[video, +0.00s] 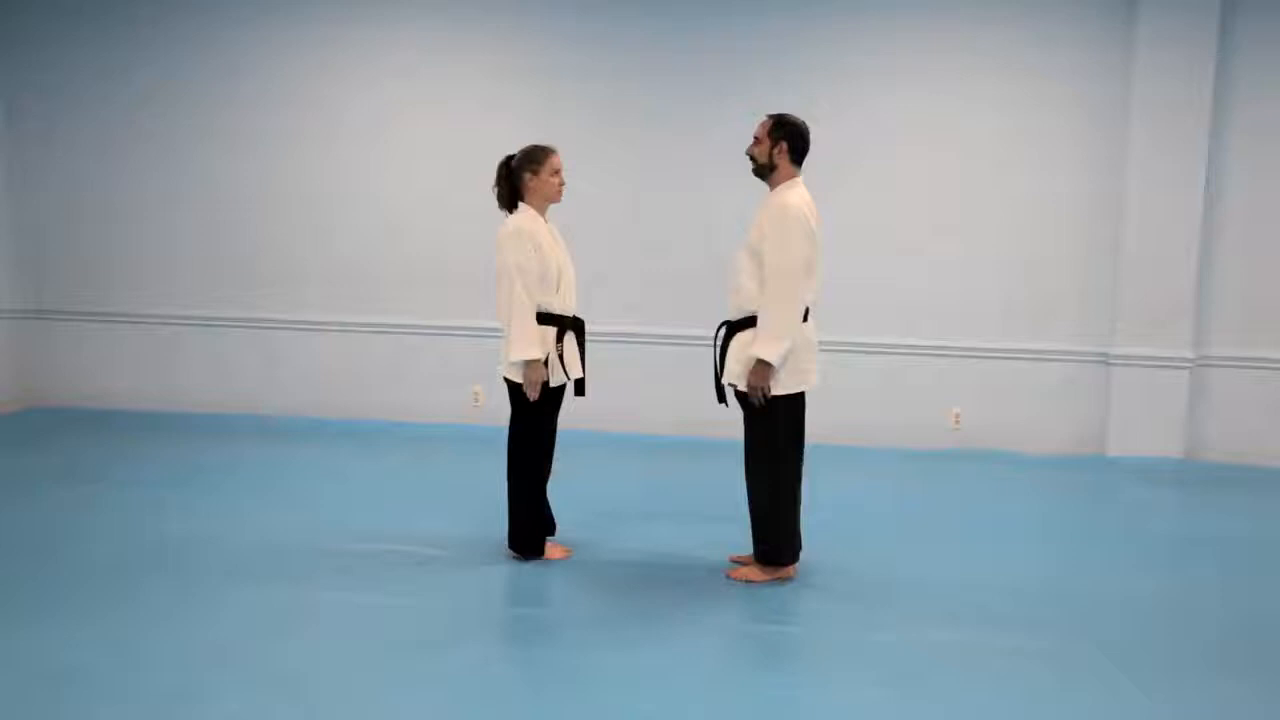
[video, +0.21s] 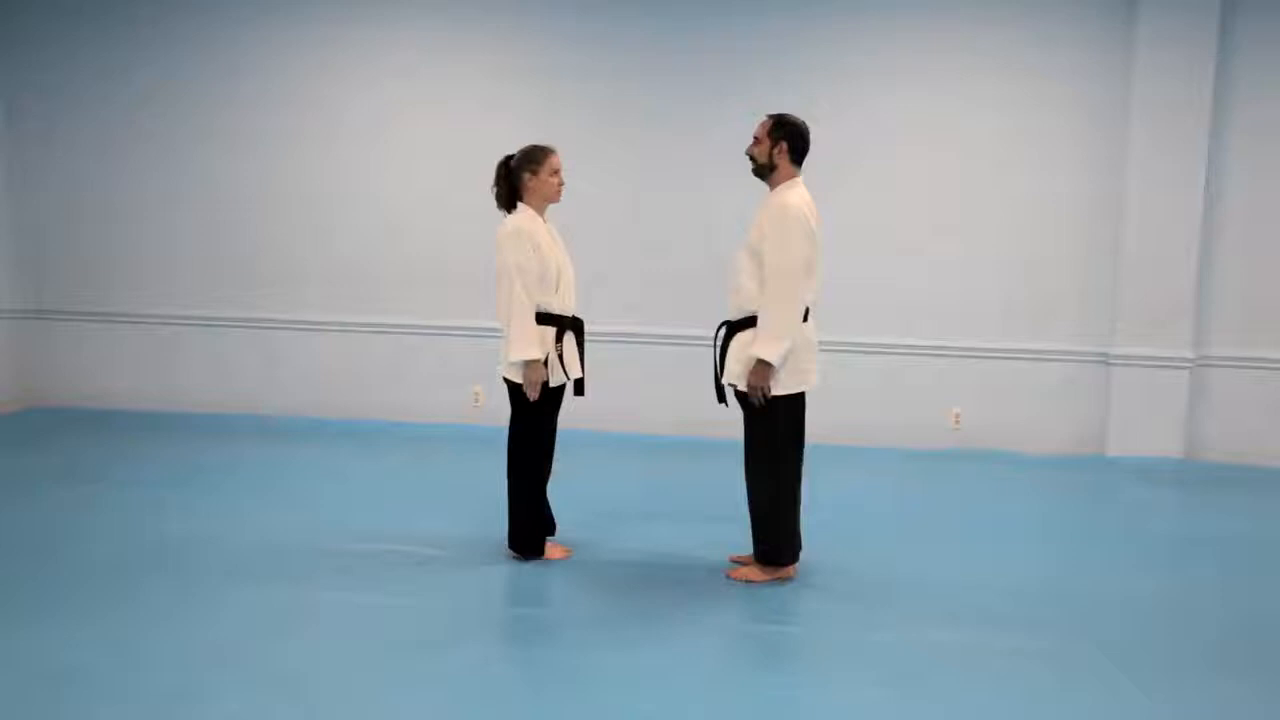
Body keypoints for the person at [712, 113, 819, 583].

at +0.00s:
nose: (749, 147)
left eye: (757, 140)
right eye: (753, 139)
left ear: (781, 149)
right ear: (781, 149)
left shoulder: (789, 207)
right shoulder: (782, 203)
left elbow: (786, 291)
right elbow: (780, 288)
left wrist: (767, 358)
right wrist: (755, 352)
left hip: (775, 358)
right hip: (770, 356)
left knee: (772, 464)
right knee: (770, 462)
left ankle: (777, 560)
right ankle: (772, 551)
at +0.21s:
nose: (749, 147)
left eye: (757, 140)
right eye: (752, 139)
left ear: (781, 149)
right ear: (781, 149)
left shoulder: (789, 207)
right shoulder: (782, 203)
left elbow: (786, 291)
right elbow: (780, 288)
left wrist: (767, 358)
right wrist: (755, 351)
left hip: (776, 358)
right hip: (770, 356)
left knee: (772, 464)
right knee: (769, 462)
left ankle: (777, 560)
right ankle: (772, 551)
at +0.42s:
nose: (749, 147)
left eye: (756, 140)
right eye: (752, 139)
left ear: (780, 149)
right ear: (781, 149)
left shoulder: (789, 207)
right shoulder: (781, 203)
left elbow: (786, 291)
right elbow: (780, 288)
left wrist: (767, 358)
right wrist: (754, 351)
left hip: (776, 359)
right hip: (770, 356)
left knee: (772, 464)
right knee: (769, 462)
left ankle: (777, 560)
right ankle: (772, 551)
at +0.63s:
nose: (748, 147)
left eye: (756, 140)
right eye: (752, 139)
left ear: (780, 149)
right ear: (781, 149)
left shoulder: (789, 207)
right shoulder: (781, 203)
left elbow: (786, 291)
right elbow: (780, 289)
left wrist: (767, 358)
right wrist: (755, 352)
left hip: (776, 359)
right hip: (770, 356)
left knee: (772, 464)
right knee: (769, 463)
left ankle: (777, 560)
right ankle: (772, 551)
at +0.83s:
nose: (748, 148)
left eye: (755, 141)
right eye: (751, 140)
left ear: (779, 149)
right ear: (780, 149)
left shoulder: (789, 207)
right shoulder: (782, 203)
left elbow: (787, 291)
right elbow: (781, 289)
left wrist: (767, 358)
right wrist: (756, 352)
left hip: (775, 358)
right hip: (771, 355)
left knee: (770, 464)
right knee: (769, 462)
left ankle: (773, 558)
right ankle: (770, 549)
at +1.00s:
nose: (746, 150)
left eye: (754, 143)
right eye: (749, 141)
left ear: (777, 151)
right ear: (779, 151)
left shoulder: (791, 207)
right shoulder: (781, 203)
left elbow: (784, 293)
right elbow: (777, 288)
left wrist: (749, 355)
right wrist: (744, 349)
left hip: (782, 351)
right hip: (771, 348)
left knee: (766, 457)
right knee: (757, 454)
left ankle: (775, 554)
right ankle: (760, 547)